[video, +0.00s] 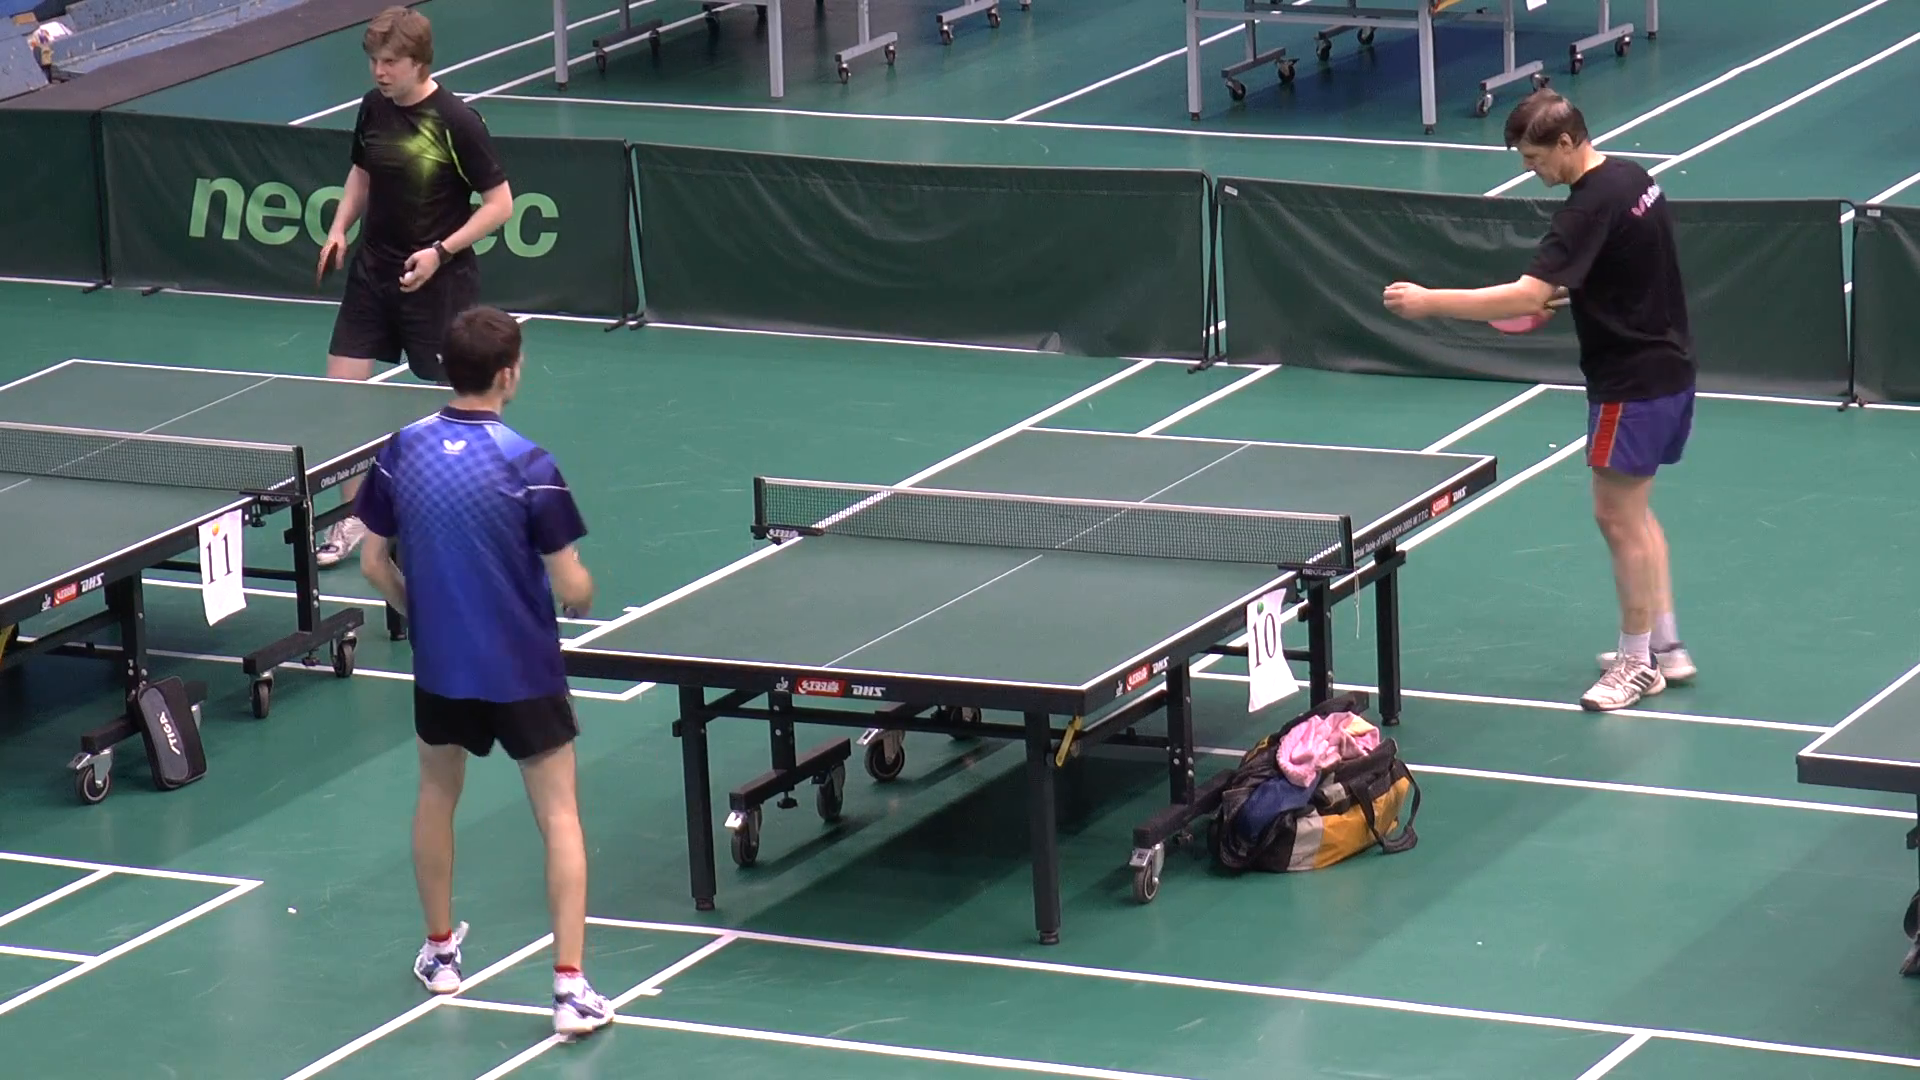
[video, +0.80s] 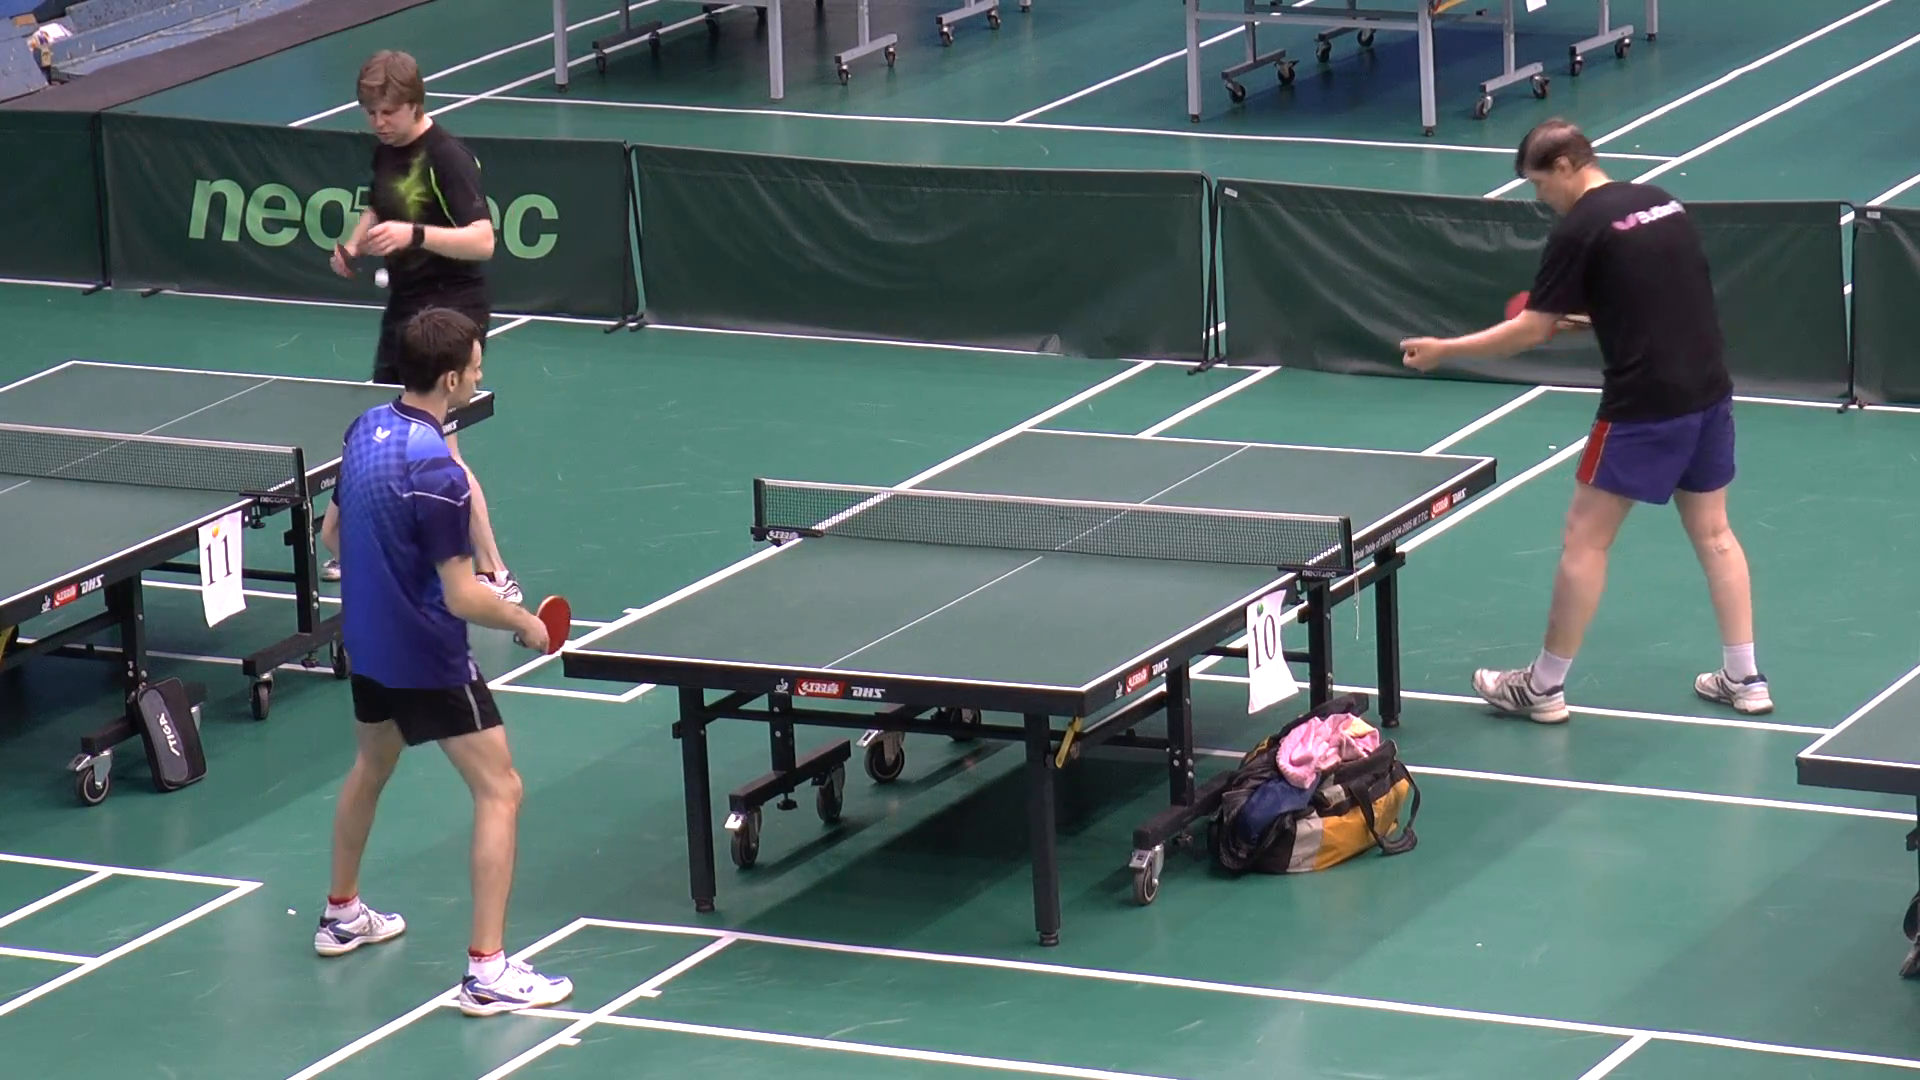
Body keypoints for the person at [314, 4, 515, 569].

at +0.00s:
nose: (378, 72)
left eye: (387, 63)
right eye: (374, 62)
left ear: (419, 61)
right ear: (373, 61)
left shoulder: (459, 120)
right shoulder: (373, 108)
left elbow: (500, 203)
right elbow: (361, 175)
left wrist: (442, 251)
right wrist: (339, 228)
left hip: (440, 281)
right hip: (373, 272)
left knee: (455, 399)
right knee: (343, 386)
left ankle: (468, 515)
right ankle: (359, 513)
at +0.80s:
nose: (377, 123)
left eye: (387, 112)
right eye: (371, 113)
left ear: (417, 105)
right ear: (367, 108)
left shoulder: (447, 154)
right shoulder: (385, 150)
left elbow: (483, 241)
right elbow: (376, 212)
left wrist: (414, 233)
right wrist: (354, 244)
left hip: (449, 315)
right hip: (403, 311)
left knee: (439, 447)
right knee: (395, 437)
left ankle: (493, 571)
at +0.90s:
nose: (385, 124)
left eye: (393, 114)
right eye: (380, 114)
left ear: (426, 104)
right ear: (384, 107)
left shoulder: (456, 152)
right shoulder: (408, 145)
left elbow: (470, 245)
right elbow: (414, 216)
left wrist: (397, 256)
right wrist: (384, 256)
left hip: (471, 308)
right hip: (429, 304)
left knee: (453, 444)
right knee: (429, 441)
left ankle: (497, 575)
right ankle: (424, 573)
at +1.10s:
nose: (410, 118)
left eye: (416, 108)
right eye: (407, 107)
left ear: (447, 99)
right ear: (451, 99)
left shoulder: (471, 155)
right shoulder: (491, 128)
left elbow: (453, 253)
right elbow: (496, 218)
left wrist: (383, 296)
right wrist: (439, 246)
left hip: (487, 307)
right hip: (513, 299)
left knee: (477, 442)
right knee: (497, 430)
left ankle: (497, 577)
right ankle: (591, 528)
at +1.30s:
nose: (452, 111)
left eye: (455, 102)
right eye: (450, 102)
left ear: (483, 98)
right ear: (507, 90)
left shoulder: (495, 163)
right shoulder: (560, 134)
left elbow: (478, 262)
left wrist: (399, 286)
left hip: (511, 323)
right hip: (570, 315)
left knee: (495, 447)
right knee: (605, 434)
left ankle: (500, 577)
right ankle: (679, 547)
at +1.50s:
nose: (517, 115)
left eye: (516, 105)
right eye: (514, 105)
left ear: (534, 104)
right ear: (572, 92)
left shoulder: (546, 167)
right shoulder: (634, 148)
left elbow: (522, 261)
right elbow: (660, 228)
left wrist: (460, 275)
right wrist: (603, 234)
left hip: (569, 336)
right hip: (639, 326)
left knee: (530, 460)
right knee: (668, 449)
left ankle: (502, 575)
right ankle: (705, 576)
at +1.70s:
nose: (565, 110)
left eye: (564, 101)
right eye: (564, 100)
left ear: (577, 99)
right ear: (620, 83)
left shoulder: (585, 159)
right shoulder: (679, 137)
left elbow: (556, 256)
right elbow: (704, 221)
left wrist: (538, 248)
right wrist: (654, 205)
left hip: (607, 328)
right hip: (678, 320)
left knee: (570, 450)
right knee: (692, 448)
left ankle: (573, 591)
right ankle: (709, 583)